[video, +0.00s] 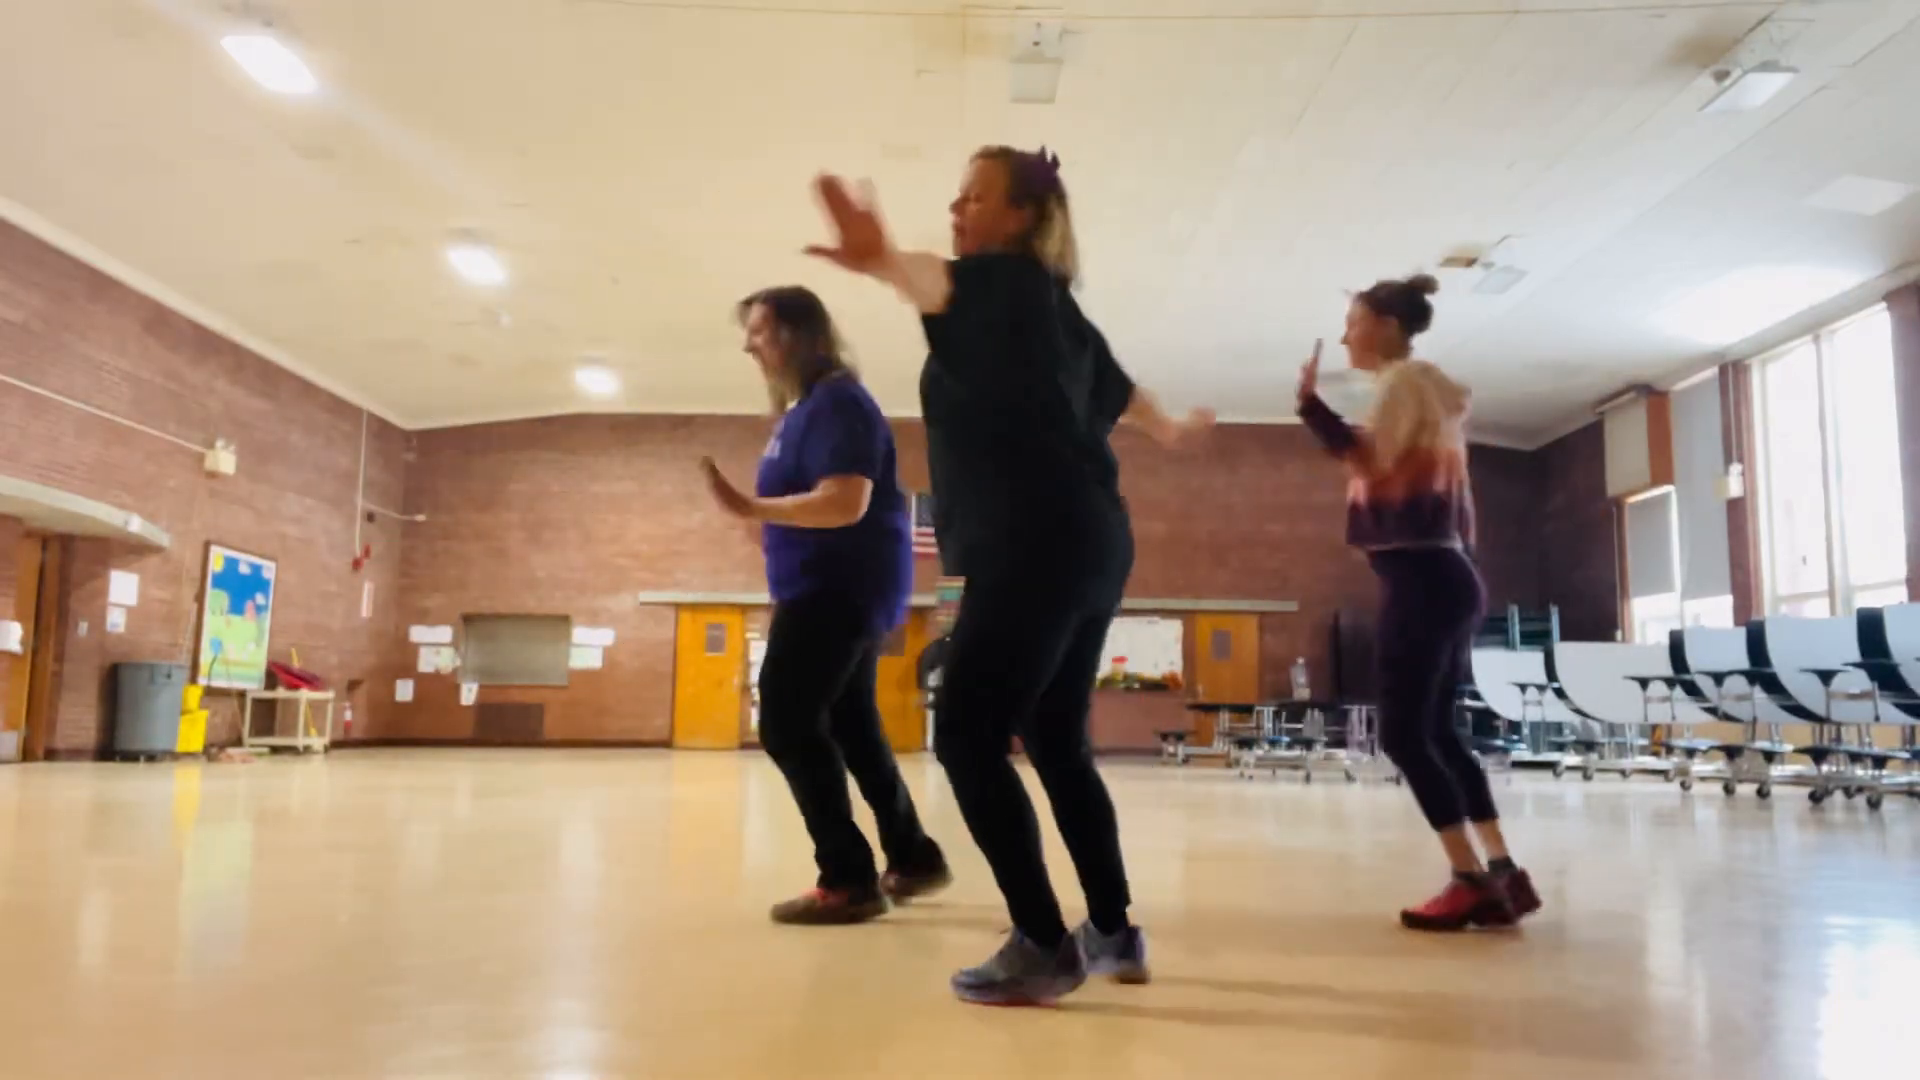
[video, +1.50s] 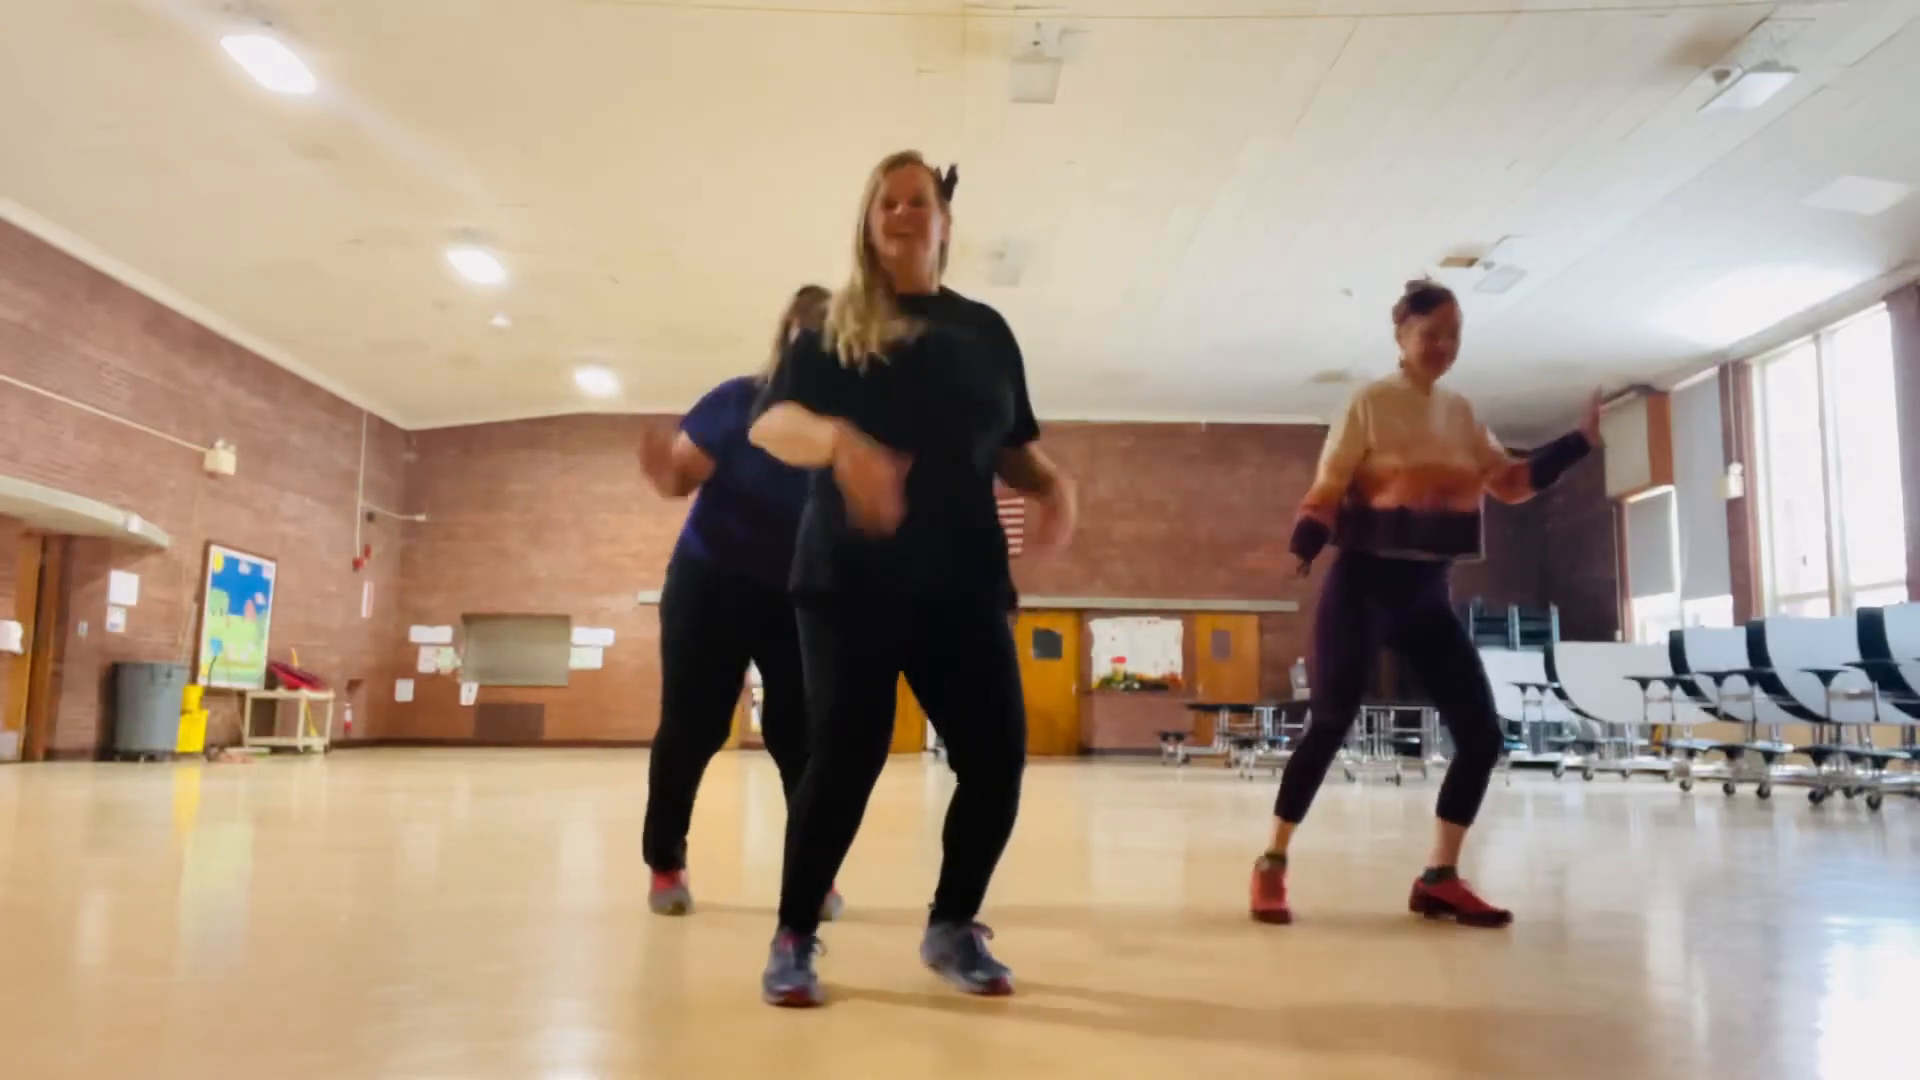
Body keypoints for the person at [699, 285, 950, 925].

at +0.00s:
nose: (750, 345)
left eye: (759, 332)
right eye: (749, 334)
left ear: (795, 333)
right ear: (787, 337)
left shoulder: (840, 403)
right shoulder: (807, 409)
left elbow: (846, 502)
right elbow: (823, 499)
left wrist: (753, 508)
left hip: (838, 593)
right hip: (832, 592)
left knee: (788, 725)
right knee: (852, 725)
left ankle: (848, 882)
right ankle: (915, 858)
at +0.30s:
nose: (765, 332)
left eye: (777, 319)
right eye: (758, 321)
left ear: (810, 325)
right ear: (753, 335)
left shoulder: (856, 398)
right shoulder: (765, 412)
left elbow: (909, 486)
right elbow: (754, 491)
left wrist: (863, 539)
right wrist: (691, 439)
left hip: (840, 584)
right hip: (771, 582)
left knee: (820, 723)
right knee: (754, 709)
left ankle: (852, 882)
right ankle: (787, 835)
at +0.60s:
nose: (796, 337)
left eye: (808, 326)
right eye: (785, 328)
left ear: (837, 333)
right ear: (773, 338)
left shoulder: (867, 405)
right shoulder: (753, 407)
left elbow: (910, 475)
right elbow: (691, 471)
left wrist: (892, 500)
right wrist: (667, 413)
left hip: (832, 589)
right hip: (752, 582)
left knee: (812, 728)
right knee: (708, 706)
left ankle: (833, 877)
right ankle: (741, 824)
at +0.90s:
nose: (798, 362)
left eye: (811, 350)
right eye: (788, 348)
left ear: (831, 356)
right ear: (767, 352)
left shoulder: (846, 426)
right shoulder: (730, 415)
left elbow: (860, 523)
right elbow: (691, 511)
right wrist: (666, 492)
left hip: (809, 603)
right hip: (721, 598)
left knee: (803, 736)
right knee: (702, 736)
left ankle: (830, 873)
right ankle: (675, 867)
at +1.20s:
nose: (806, 342)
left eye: (817, 331)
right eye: (797, 327)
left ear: (836, 341)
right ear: (773, 334)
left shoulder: (849, 411)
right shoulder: (734, 398)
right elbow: (657, 451)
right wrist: (676, 381)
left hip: (803, 585)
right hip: (721, 574)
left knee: (794, 730)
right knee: (705, 715)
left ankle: (819, 870)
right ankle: (665, 842)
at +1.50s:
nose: (812, 349)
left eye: (824, 339)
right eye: (804, 334)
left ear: (842, 349)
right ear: (785, 336)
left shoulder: (844, 426)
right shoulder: (741, 401)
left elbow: (863, 518)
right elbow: (680, 480)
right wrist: (666, 462)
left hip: (795, 596)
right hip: (712, 585)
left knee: (801, 736)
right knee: (692, 728)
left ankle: (816, 878)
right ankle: (665, 864)